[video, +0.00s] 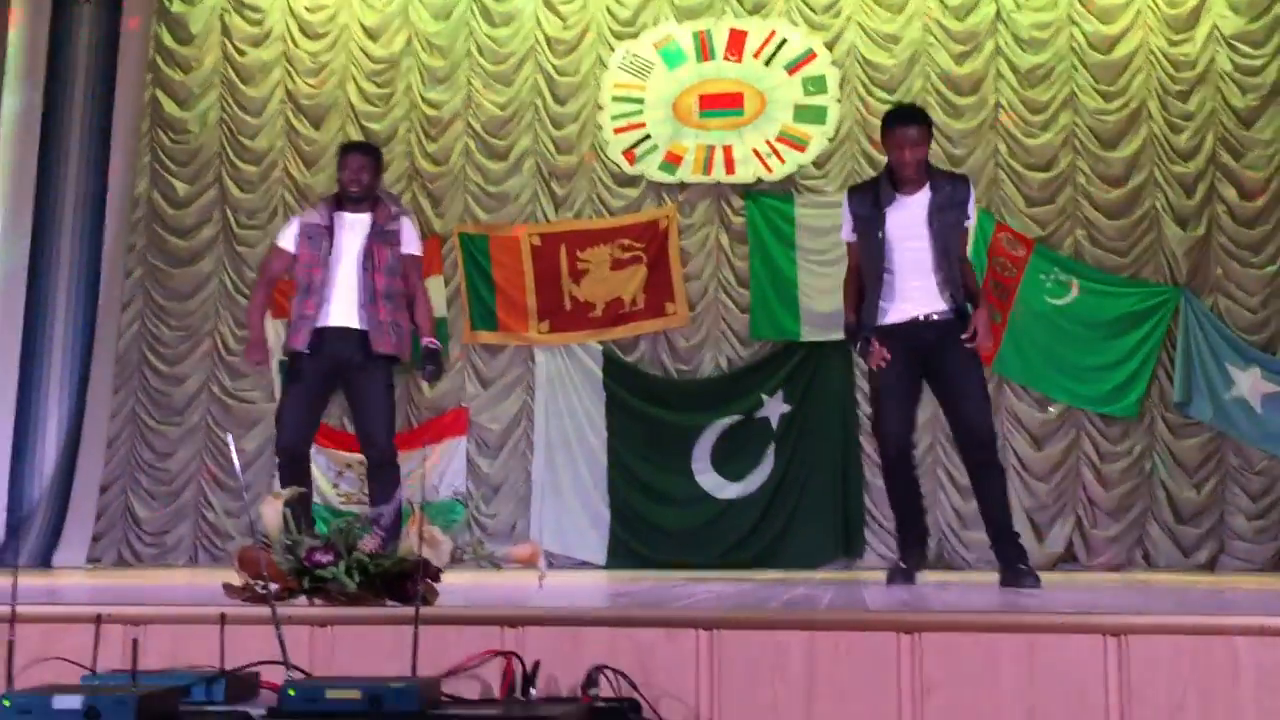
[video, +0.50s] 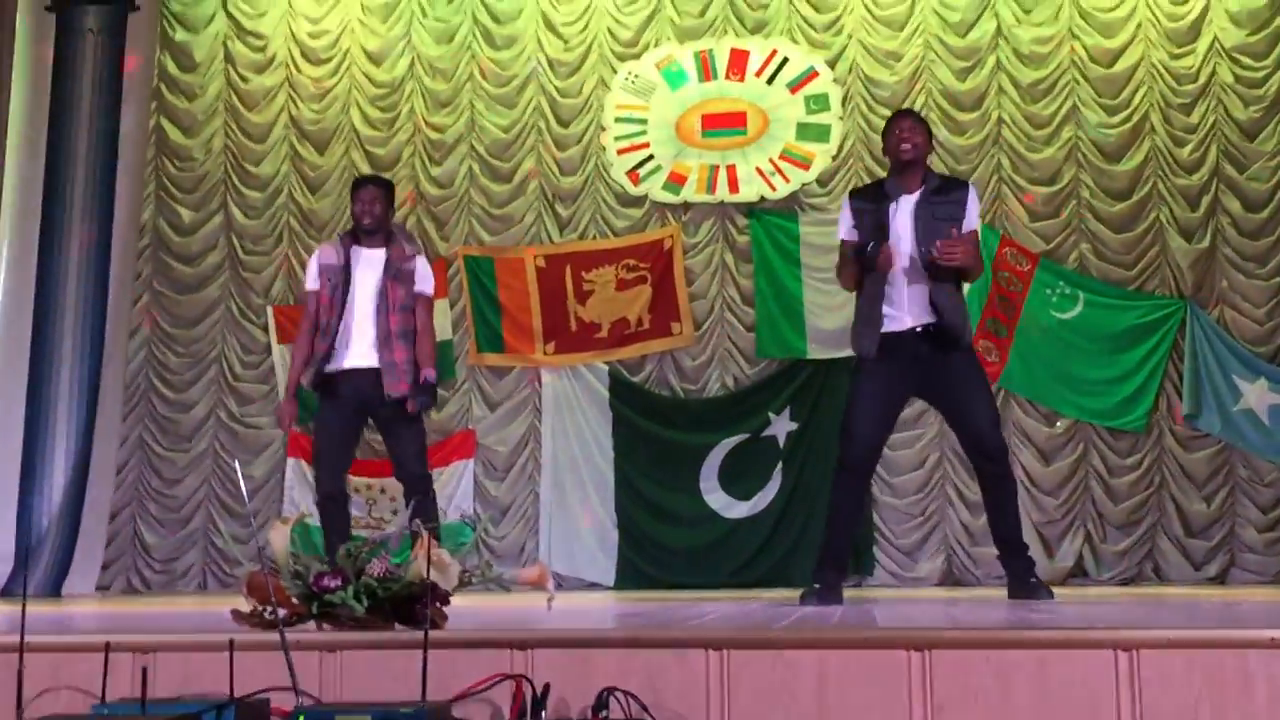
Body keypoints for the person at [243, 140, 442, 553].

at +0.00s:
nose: (355, 177)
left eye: (364, 171)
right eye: (348, 169)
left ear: (378, 176)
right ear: (337, 174)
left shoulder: (398, 224)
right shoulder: (309, 221)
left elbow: (416, 287)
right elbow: (267, 277)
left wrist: (428, 340)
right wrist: (255, 333)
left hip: (371, 350)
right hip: (313, 349)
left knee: (380, 451)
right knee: (290, 447)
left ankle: (386, 551)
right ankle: (302, 547)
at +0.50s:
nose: (367, 209)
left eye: (375, 202)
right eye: (361, 202)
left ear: (390, 208)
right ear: (350, 208)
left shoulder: (412, 261)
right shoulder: (326, 257)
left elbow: (423, 326)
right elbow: (307, 329)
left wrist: (428, 377)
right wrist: (290, 392)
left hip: (395, 385)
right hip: (340, 386)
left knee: (415, 478)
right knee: (328, 483)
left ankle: (431, 568)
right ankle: (338, 572)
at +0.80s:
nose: (339, 225)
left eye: (348, 219)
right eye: (333, 219)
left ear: (363, 226)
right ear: (323, 225)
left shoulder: (386, 271)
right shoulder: (300, 273)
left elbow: (439, 318)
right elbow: (244, 314)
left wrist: (447, 347)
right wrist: (266, 347)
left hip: (375, 399)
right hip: (321, 401)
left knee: (395, 492)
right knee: (323, 501)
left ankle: (414, 582)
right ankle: (322, 588)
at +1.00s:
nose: (339, 203)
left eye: (347, 196)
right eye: (332, 196)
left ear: (361, 204)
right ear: (322, 201)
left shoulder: (383, 252)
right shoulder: (296, 251)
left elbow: (416, 308)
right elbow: (289, 309)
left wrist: (441, 297)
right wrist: (245, 291)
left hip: (367, 375)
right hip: (312, 376)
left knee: (382, 469)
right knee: (309, 473)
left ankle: (396, 559)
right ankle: (303, 562)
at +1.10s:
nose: (349, 196)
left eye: (358, 189)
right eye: (343, 189)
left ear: (373, 195)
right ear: (335, 194)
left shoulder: (397, 245)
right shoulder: (311, 242)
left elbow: (403, 295)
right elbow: (307, 302)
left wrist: (352, 281)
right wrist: (351, 323)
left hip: (373, 364)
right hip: (320, 363)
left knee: (385, 459)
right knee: (305, 461)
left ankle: (394, 548)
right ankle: (301, 549)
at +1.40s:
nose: (408, 191)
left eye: (417, 184)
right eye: (403, 184)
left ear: (435, 187)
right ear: (395, 187)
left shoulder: (459, 238)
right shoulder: (373, 233)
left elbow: (467, 297)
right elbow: (346, 282)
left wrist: (417, 301)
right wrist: (381, 290)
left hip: (431, 358)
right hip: (377, 354)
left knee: (439, 451)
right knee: (354, 449)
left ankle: (440, 544)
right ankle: (342, 542)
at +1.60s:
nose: (421, 180)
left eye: (429, 174)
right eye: (416, 174)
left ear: (445, 183)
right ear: (408, 181)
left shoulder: (468, 231)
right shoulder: (389, 227)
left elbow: (481, 294)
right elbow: (331, 235)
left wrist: (439, 326)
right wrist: (360, 225)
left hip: (450, 354)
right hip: (394, 351)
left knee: (461, 451)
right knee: (373, 449)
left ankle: (464, 547)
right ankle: (350, 543)